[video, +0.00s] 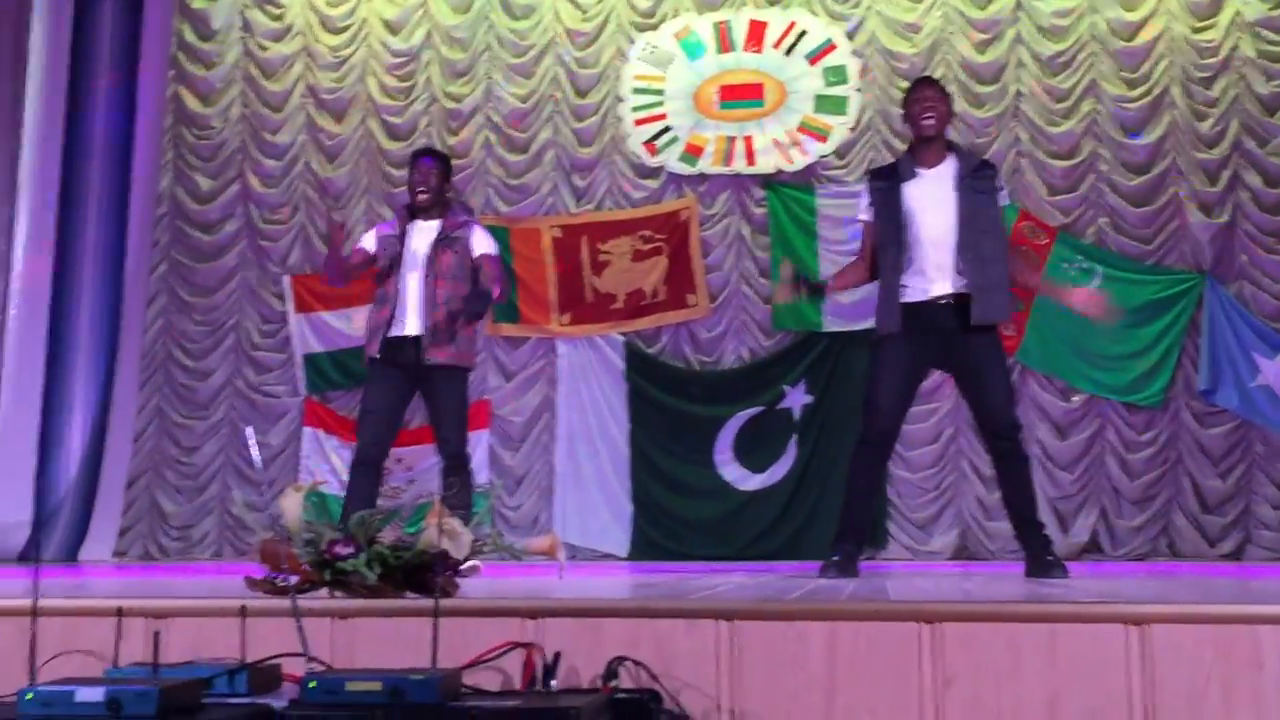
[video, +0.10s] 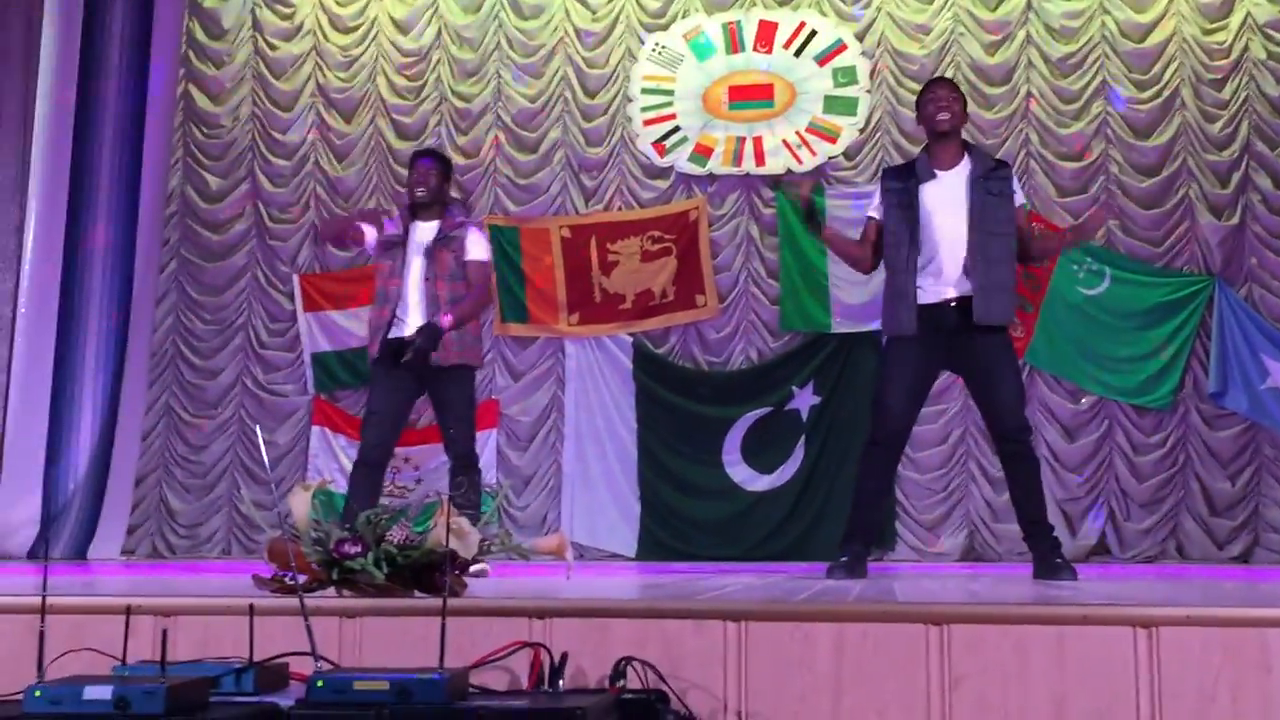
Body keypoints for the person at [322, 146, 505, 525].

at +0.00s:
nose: (422, 182)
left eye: (430, 175)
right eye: (416, 175)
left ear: (447, 183)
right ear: (407, 182)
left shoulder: (470, 233)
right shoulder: (388, 232)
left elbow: (492, 284)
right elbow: (338, 276)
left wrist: (473, 309)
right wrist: (336, 248)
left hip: (444, 355)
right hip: (392, 352)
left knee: (453, 451)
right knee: (369, 449)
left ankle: (456, 539)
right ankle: (350, 539)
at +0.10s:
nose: (421, 180)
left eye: (429, 174)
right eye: (416, 174)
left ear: (445, 183)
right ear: (408, 181)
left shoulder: (468, 231)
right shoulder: (389, 227)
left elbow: (481, 294)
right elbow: (331, 235)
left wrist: (439, 326)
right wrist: (360, 225)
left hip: (450, 354)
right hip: (394, 351)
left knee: (461, 451)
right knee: (373, 449)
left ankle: (464, 547)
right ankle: (350, 543)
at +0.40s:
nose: (405, 176)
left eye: (415, 171)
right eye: (400, 168)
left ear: (428, 183)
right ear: (389, 176)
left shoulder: (438, 241)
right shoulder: (359, 216)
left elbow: (419, 310)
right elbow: (346, 250)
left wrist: (384, 361)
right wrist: (364, 260)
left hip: (404, 345)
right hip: (351, 344)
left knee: (444, 409)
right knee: (334, 442)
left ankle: (458, 515)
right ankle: (334, 530)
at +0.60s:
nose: (402, 187)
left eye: (411, 180)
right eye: (395, 178)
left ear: (424, 189)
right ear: (383, 184)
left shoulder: (436, 246)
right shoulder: (352, 235)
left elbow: (421, 315)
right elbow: (347, 312)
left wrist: (392, 366)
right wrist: (391, 368)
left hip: (406, 348)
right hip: (350, 348)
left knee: (448, 410)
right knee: (329, 436)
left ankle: (465, 513)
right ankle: (329, 524)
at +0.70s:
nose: (420, 161)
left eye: (429, 154)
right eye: (413, 153)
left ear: (444, 158)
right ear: (403, 154)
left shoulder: (461, 214)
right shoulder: (372, 206)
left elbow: (458, 286)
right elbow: (350, 278)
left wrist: (432, 336)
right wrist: (378, 339)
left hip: (431, 329)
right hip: (378, 329)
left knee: (462, 417)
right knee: (353, 420)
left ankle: (478, 515)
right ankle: (340, 513)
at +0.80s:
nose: (442, 138)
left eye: (450, 131)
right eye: (435, 129)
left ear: (465, 137)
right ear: (423, 134)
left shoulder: (487, 192)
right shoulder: (399, 185)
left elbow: (496, 262)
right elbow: (359, 246)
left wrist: (470, 308)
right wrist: (354, 306)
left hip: (464, 314)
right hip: (407, 312)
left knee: (478, 409)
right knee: (377, 408)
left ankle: (491, 512)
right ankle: (354, 502)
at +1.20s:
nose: (456, 114)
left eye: (465, 107)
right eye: (450, 106)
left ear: (481, 112)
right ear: (441, 110)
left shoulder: (505, 165)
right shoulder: (417, 158)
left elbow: (520, 234)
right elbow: (370, 212)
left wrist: (487, 268)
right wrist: (341, 259)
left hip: (479, 288)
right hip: (424, 289)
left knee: (485, 388)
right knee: (412, 387)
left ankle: (487, 489)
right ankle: (397, 486)